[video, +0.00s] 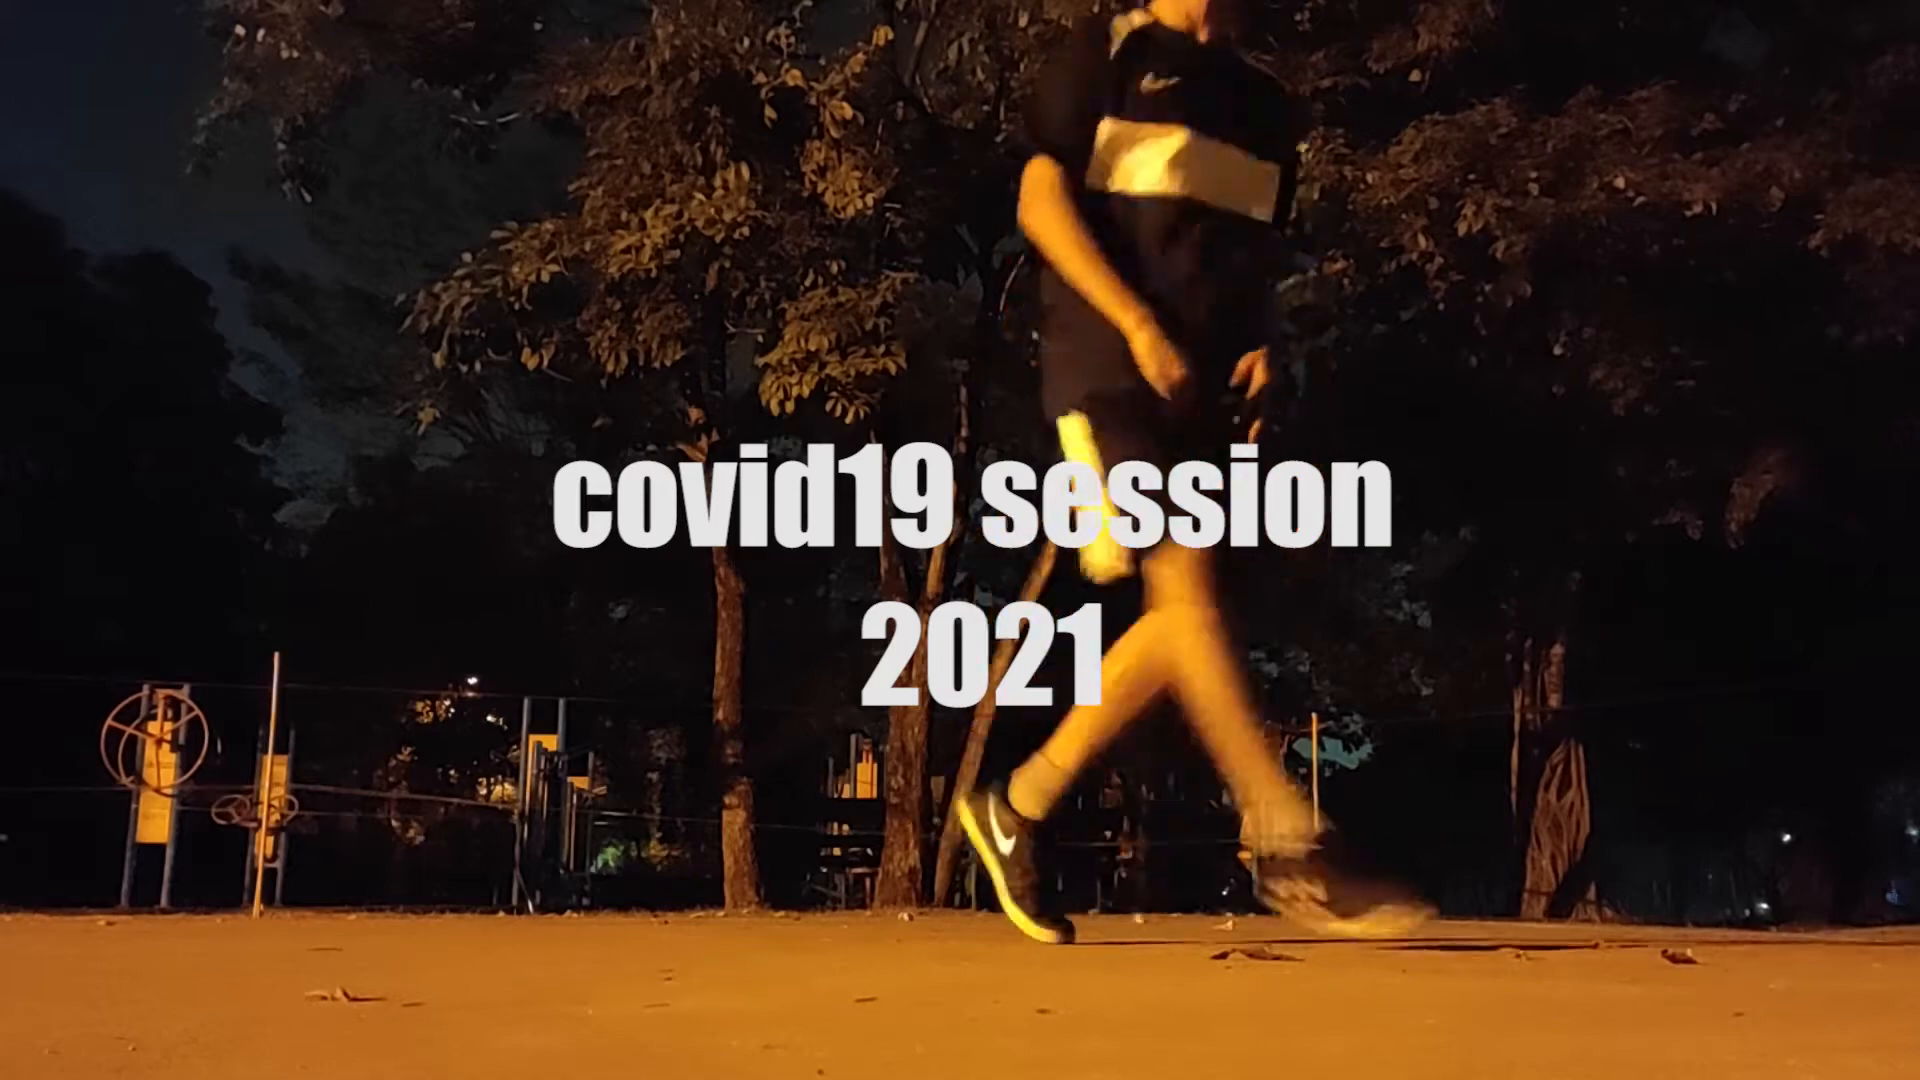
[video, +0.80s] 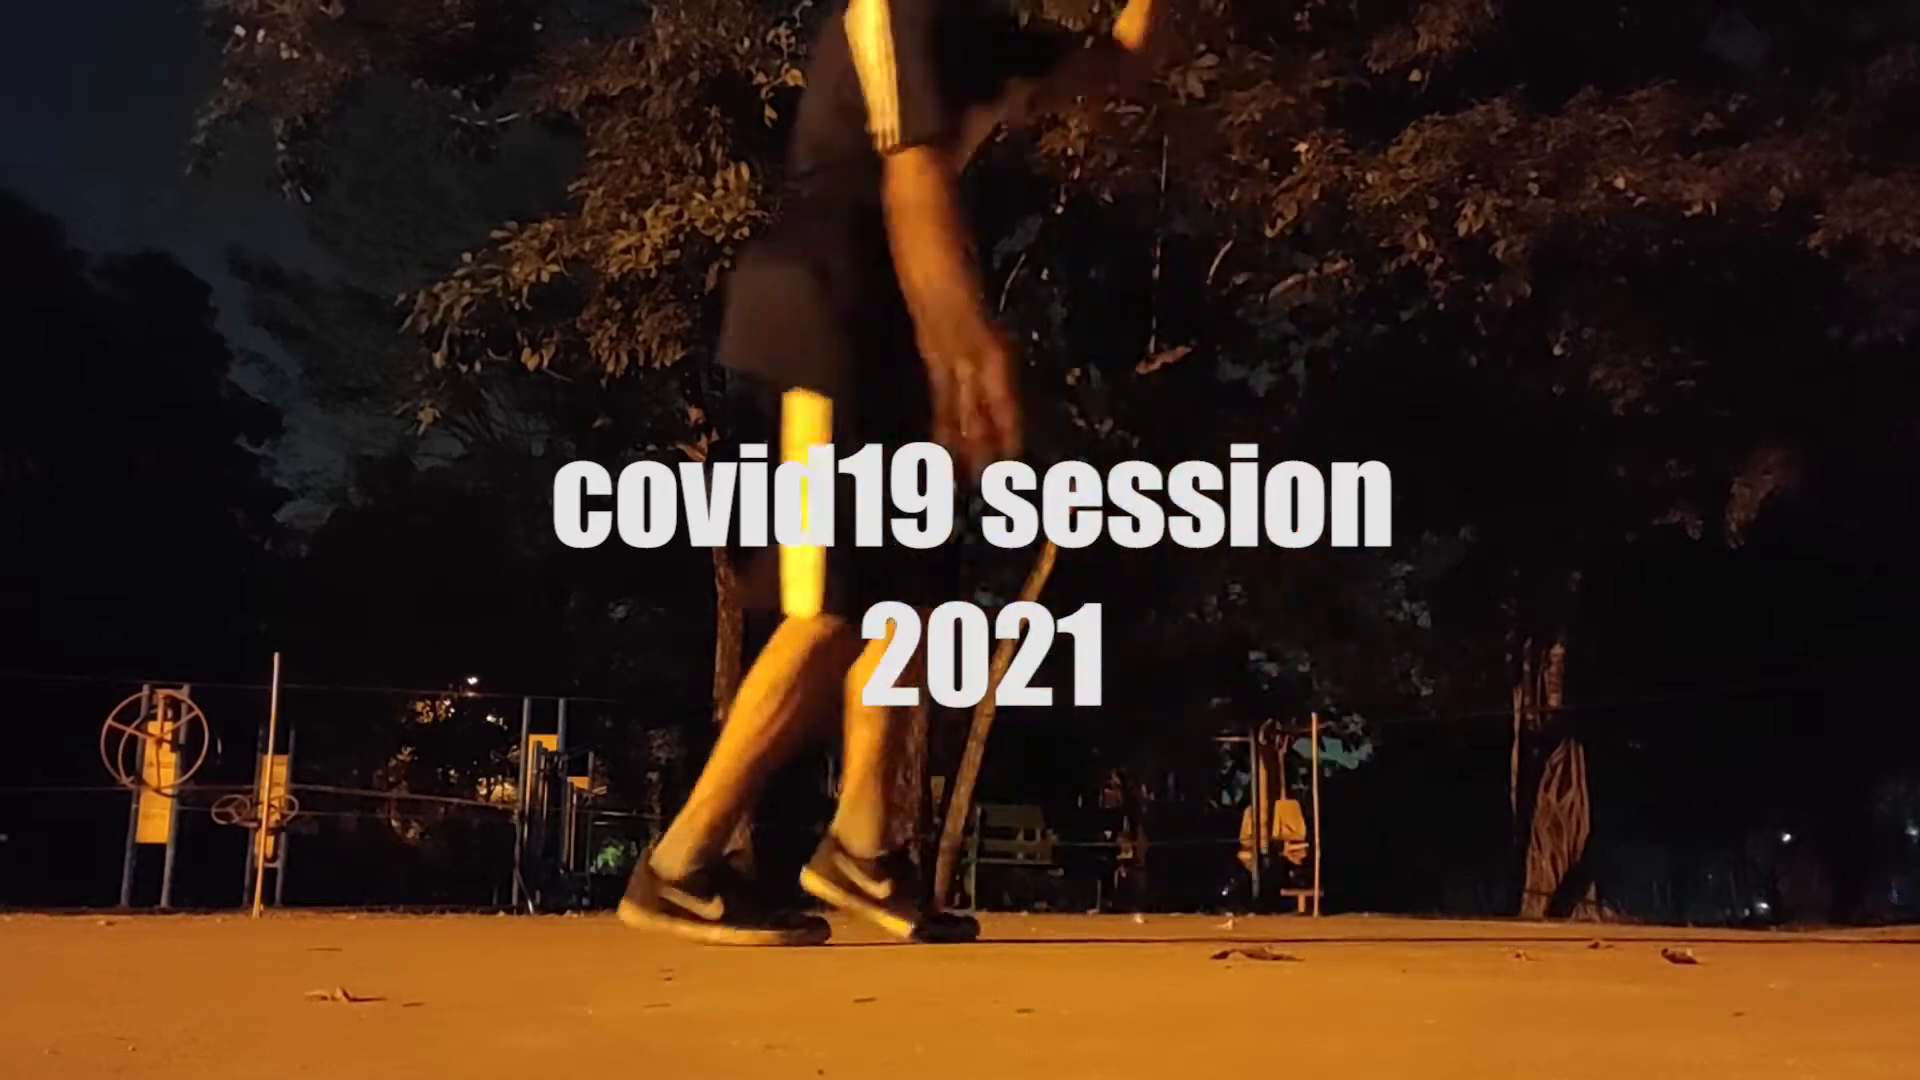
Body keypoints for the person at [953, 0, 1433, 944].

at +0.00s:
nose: (1220, 6)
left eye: (1227, 2)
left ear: (1239, 7)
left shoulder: (1267, 101)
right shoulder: (1098, 55)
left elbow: (1258, 251)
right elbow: (1041, 203)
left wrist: (1261, 340)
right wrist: (1136, 324)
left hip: (1206, 383)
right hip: (1101, 367)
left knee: (1187, 611)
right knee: (1182, 582)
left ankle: (1018, 804)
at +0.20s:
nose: (1225, 10)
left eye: (1225, 2)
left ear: (1177, 2)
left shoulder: (1155, 78)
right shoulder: (1119, 63)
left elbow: (1160, 246)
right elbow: (1141, 226)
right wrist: (1258, 357)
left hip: (1180, 403)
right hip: (1180, 397)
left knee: (1241, 677)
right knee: (1335, 596)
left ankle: (993, 813)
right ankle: (1353, 882)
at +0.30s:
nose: (1216, 4)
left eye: (1216, 4)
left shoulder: (1110, 30)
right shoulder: (1122, 17)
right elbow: (1150, 180)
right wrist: (1246, 304)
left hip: (1098, 367)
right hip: (1119, 360)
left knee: (1167, 625)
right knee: (1257, 578)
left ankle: (962, 830)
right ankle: (1318, 862)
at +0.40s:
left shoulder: (1090, 33)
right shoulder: (1082, 10)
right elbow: (1173, 139)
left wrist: (1262, 249)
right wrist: (1268, 211)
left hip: (1010, 344)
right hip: (1045, 337)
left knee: (1066, 611)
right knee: (1195, 565)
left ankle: (926, 854)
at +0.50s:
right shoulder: (1052, 9)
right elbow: (1191, 85)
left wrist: (1271, 89)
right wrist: (1279, 75)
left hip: (962, 340)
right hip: (992, 342)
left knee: (983, 606)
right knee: (1101, 565)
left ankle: (918, 870)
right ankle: (856, 673)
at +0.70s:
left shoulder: (993, 13)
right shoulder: (965, 6)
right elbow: (1020, 130)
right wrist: (1101, 68)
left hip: (908, 296)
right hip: (881, 293)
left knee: (896, 574)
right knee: (871, 566)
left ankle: (871, 842)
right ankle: (717, 819)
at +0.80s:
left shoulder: (978, 31)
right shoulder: (887, 11)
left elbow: (1119, 62)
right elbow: (911, 165)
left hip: (893, 328)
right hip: (822, 319)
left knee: (900, 598)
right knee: (827, 610)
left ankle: (861, 849)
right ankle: (682, 862)